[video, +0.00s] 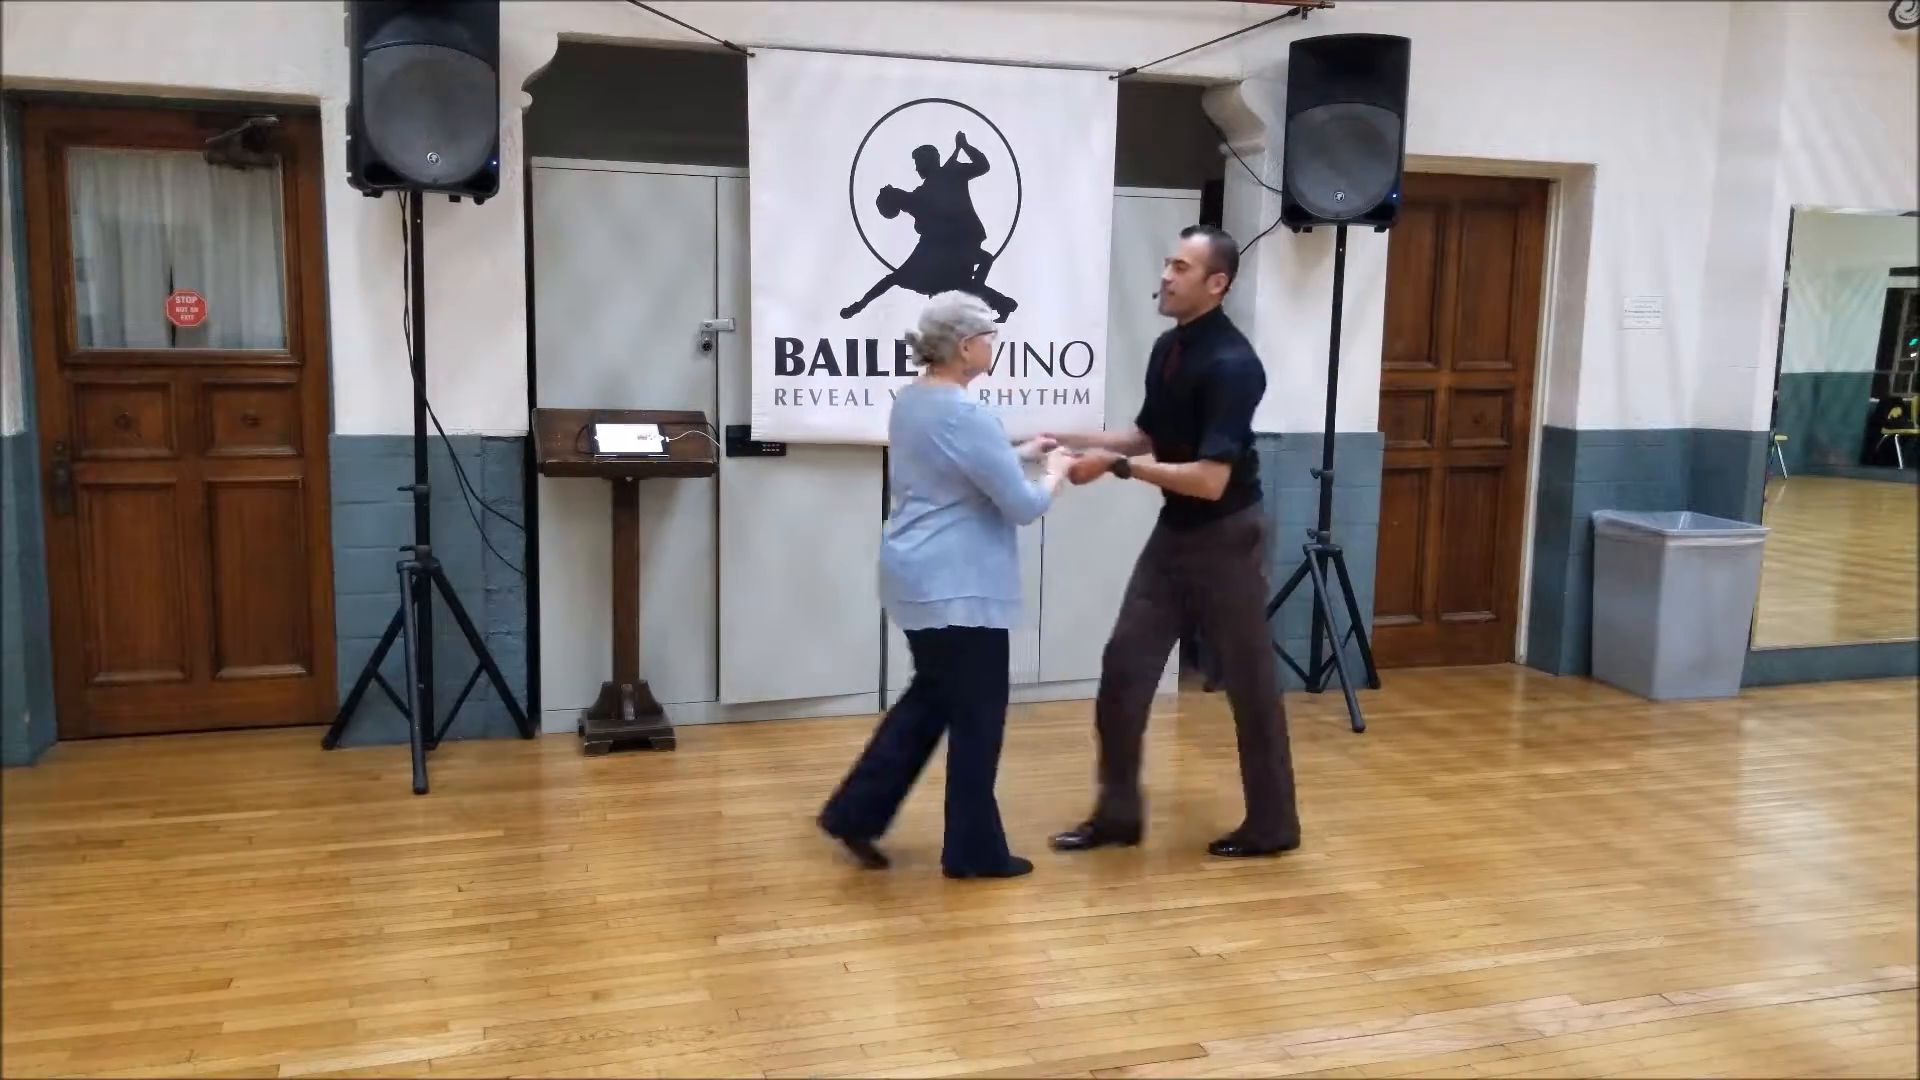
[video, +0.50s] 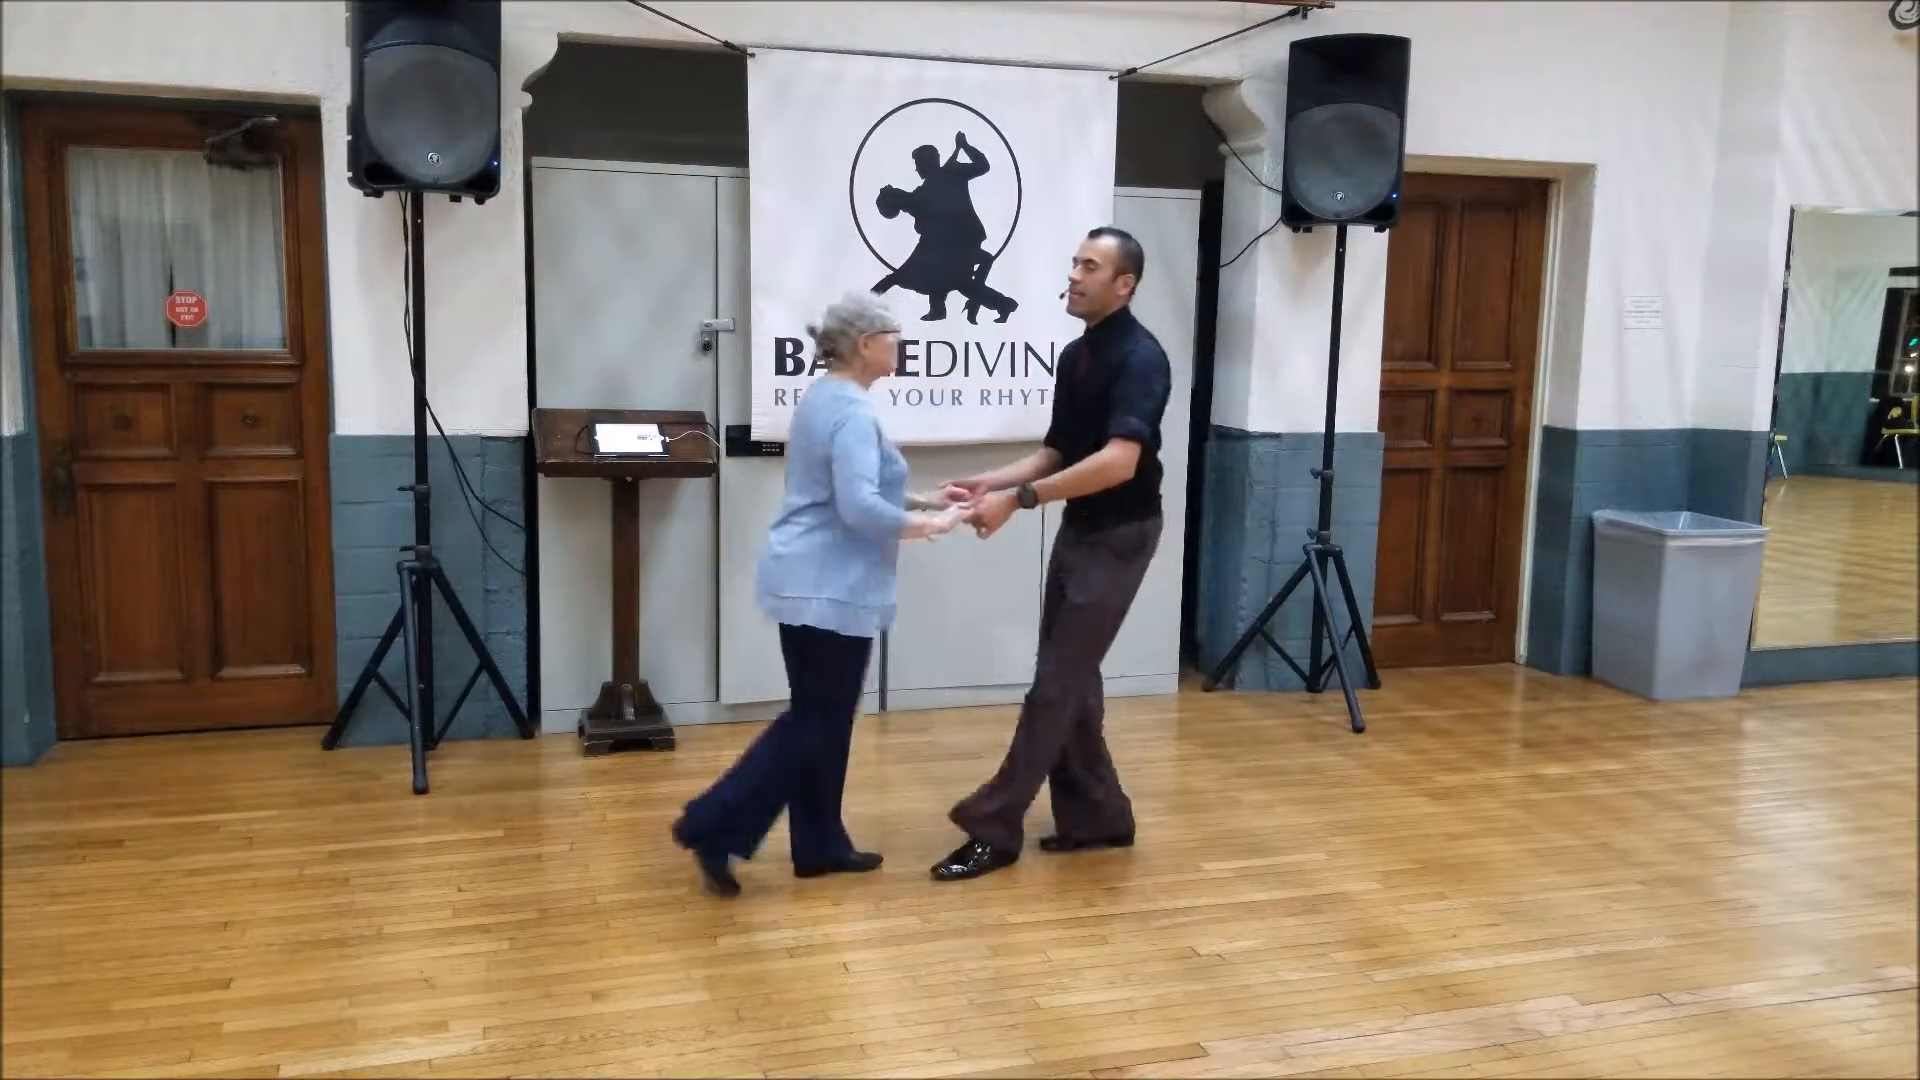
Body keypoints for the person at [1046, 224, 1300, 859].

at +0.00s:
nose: (1165, 276)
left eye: (1180, 269)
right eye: (1168, 265)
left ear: (1217, 284)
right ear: (1184, 277)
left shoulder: (1233, 362)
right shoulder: (1170, 347)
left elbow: (1211, 480)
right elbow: (1148, 439)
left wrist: (1120, 464)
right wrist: (1075, 444)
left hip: (1228, 540)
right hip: (1175, 533)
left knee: (1251, 682)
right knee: (1125, 667)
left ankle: (1273, 825)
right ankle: (1118, 817)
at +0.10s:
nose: (1143, 277)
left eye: (1157, 271)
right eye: (1146, 267)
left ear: (1194, 287)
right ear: (1169, 283)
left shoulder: (1210, 366)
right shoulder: (1147, 351)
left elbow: (1188, 485)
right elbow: (1129, 443)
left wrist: (1095, 483)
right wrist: (1051, 443)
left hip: (1199, 537)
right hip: (1149, 532)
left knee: (1197, 678)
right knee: (1105, 666)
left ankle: (1261, 804)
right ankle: (1096, 815)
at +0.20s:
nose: (1117, 282)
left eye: (1132, 274)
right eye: (1119, 271)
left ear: (1169, 288)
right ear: (1135, 285)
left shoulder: (1183, 366)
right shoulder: (1122, 357)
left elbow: (1164, 485)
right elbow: (1101, 451)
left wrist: (1069, 517)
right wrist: (1028, 470)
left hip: (1163, 533)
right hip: (1122, 526)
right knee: (1083, 667)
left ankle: (1179, 772)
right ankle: (1099, 821)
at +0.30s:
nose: (1103, 283)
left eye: (1118, 275)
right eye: (1106, 272)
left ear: (1155, 289)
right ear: (1126, 287)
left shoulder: (1173, 367)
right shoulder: (1110, 361)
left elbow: (1153, 480)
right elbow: (1088, 458)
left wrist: (1056, 520)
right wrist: (1018, 482)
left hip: (1153, 533)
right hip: (1109, 527)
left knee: (1064, 653)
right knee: (1090, 660)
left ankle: (1112, 786)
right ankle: (1089, 818)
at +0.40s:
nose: (1086, 279)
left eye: (1101, 271)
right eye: (1088, 268)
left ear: (1138, 287)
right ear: (1102, 283)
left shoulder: (1155, 361)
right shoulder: (1092, 359)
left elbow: (1138, 468)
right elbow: (1072, 458)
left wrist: (1038, 508)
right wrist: (1002, 486)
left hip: (1136, 533)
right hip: (1092, 528)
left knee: (1054, 663)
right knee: (1080, 664)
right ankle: (1097, 812)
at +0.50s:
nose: (1073, 275)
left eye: (1088, 267)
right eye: (1075, 264)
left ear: (1125, 283)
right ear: (1081, 276)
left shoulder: (1140, 356)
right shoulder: (1078, 353)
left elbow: (1120, 461)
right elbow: (1057, 451)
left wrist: (1020, 497)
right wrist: (990, 482)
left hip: (1121, 532)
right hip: (1080, 525)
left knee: (1060, 674)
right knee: (1065, 672)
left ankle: (997, 830)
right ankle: (1097, 817)